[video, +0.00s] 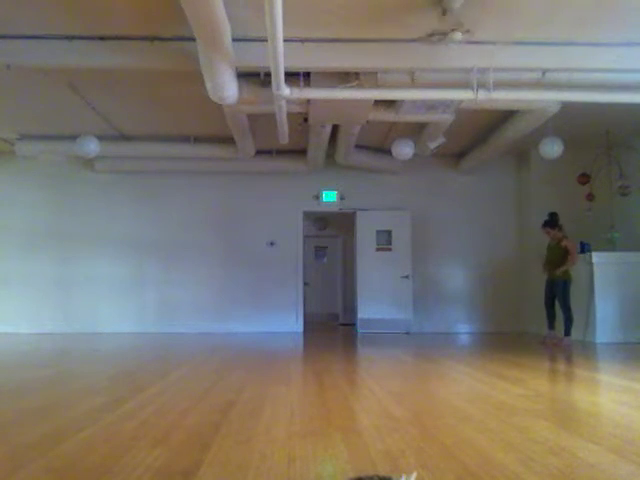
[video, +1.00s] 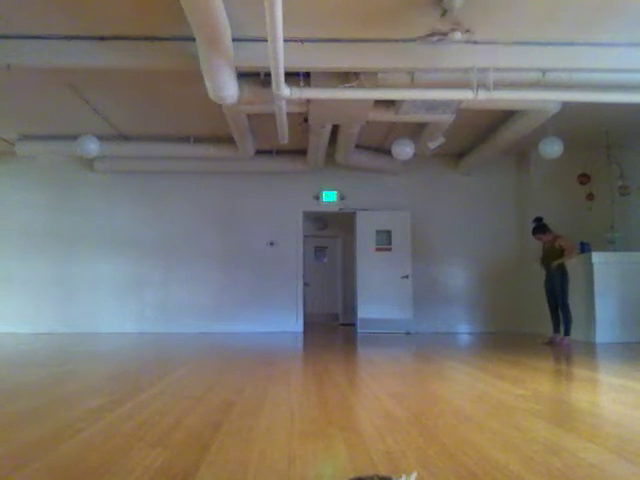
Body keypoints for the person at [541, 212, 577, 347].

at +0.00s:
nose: (548, 235)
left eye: (549, 232)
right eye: (546, 233)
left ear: (555, 229)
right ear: (548, 232)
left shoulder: (566, 242)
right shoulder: (551, 243)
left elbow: (573, 259)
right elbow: (548, 258)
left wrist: (561, 269)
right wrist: (545, 266)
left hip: (562, 276)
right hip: (551, 276)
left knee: (564, 305)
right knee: (549, 303)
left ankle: (567, 336)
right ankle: (551, 332)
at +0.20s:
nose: (546, 238)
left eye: (547, 235)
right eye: (544, 236)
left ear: (553, 231)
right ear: (547, 234)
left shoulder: (566, 241)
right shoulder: (552, 243)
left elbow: (572, 258)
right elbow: (551, 257)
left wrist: (560, 267)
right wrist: (547, 266)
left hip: (562, 274)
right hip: (551, 274)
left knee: (564, 304)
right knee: (550, 303)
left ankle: (567, 336)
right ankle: (553, 333)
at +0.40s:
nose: (544, 239)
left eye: (544, 236)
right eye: (542, 237)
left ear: (549, 232)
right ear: (544, 235)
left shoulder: (562, 239)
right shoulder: (550, 242)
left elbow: (575, 248)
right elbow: (550, 256)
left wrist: (563, 256)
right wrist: (545, 258)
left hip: (562, 271)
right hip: (552, 271)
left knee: (564, 303)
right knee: (552, 303)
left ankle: (567, 336)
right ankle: (555, 334)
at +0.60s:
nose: (542, 240)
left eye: (542, 237)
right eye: (540, 238)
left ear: (547, 233)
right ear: (543, 236)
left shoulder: (561, 240)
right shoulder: (548, 243)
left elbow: (574, 250)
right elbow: (547, 256)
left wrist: (563, 264)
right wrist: (545, 264)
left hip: (562, 273)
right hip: (551, 274)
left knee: (563, 305)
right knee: (552, 305)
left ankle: (566, 336)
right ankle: (555, 334)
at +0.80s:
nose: (541, 241)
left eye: (541, 237)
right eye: (539, 239)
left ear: (546, 233)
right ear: (541, 236)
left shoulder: (559, 240)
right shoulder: (546, 243)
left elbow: (571, 252)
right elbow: (547, 256)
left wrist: (560, 262)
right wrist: (543, 263)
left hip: (560, 274)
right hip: (550, 274)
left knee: (563, 304)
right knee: (552, 305)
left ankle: (566, 336)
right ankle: (555, 334)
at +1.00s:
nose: (540, 241)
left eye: (540, 238)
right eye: (538, 239)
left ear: (546, 233)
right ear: (540, 237)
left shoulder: (558, 240)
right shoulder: (545, 243)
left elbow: (571, 252)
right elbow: (546, 257)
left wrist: (558, 261)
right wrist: (543, 263)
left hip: (559, 273)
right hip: (549, 273)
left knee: (562, 304)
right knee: (552, 305)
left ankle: (566, 336)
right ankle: (556, 334)